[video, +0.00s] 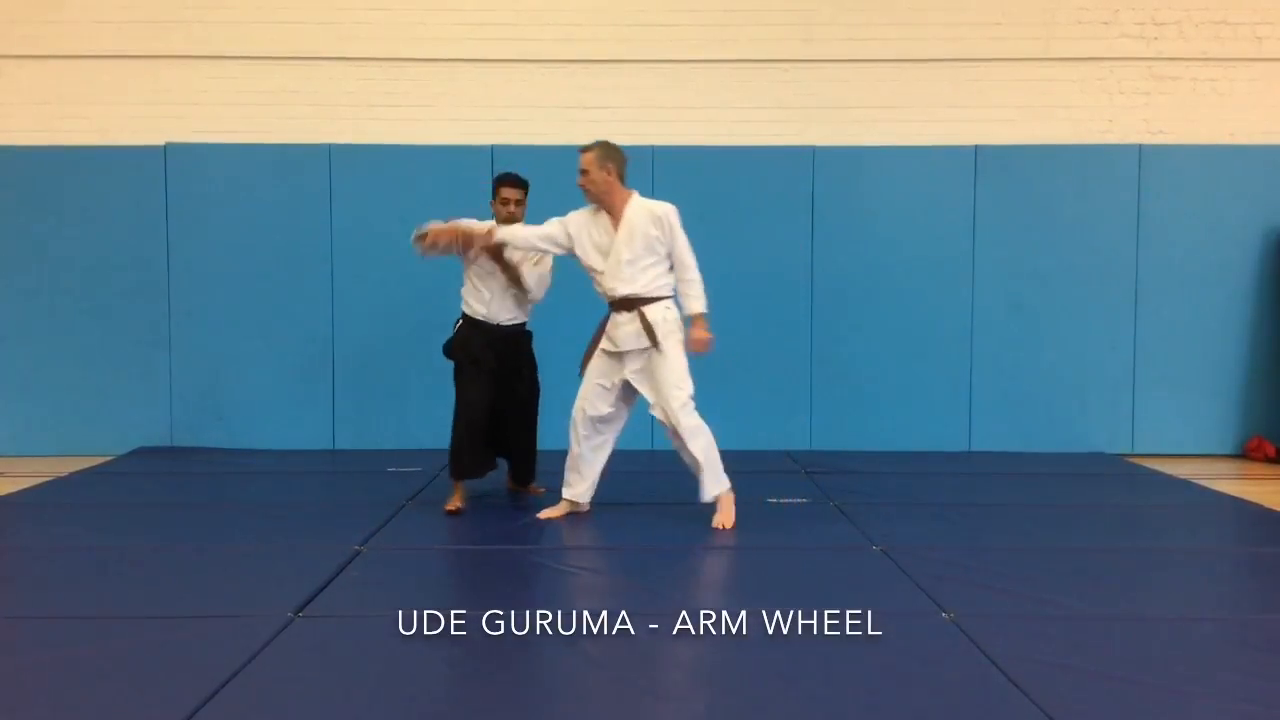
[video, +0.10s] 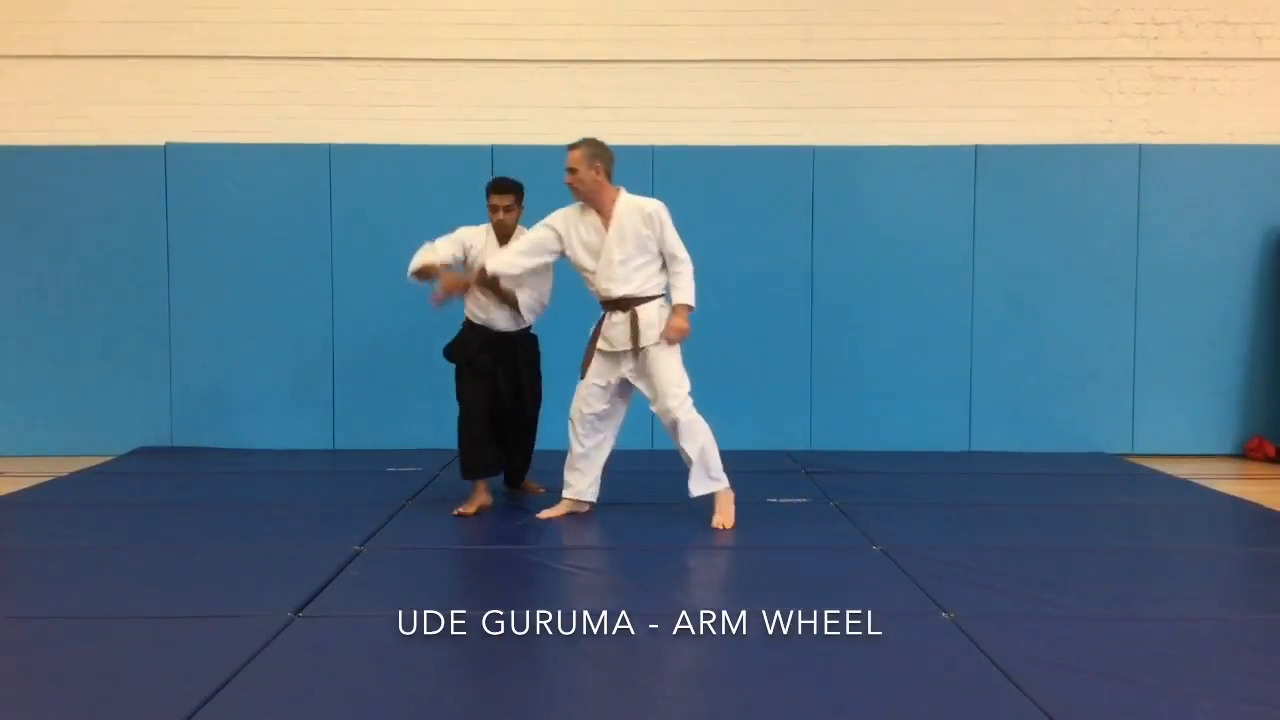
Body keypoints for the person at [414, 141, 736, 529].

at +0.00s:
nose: (579, 181)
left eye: (585, 172)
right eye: (578, 173)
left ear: (612, 172)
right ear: (601, 175)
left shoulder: (659, 215)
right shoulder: (580, 223)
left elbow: (686, 267)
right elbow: (532, 235)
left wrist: (697, 319)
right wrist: (479, 234)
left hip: (657, 324)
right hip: (616, 328)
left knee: (677, 411)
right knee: (590, 411)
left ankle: (722, 495)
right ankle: (576, 499)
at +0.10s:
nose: (567, 180)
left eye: (573, 172)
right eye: (566, 172)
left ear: (599, 172)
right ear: (586, 174)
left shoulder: (649, 211)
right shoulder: (566, 222)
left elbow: (679, 262)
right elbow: (520, 252)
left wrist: (680, 312)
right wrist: (474, 274)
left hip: (652, 322)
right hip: (611, 326)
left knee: (674, 408)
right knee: (588, 410)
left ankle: (721, 490)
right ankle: (579, 496)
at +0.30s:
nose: (548, 191)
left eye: (553, 182)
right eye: (547, 183)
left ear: (579, 179)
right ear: (569, 181)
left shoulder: (632, 213)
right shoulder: (555, 231)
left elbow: (673, 256)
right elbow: (519, 269)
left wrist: (672, 306)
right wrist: (475, 299)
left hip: (649, 323)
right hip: (605, 330)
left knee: (680, 412)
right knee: (585, 414)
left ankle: (722, 496)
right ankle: (578, 497)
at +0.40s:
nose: (553, 189)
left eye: (558, 180)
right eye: (552, 181)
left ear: (584, 178)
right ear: (573, 180)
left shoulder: (636, 212)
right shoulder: (558, 226)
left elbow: (673, 259)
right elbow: (509, 229)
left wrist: (666, 308)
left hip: (650, 323)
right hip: (606, 329)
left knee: (679, 413)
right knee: (585, 414)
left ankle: (720, 497)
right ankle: (578, 497)